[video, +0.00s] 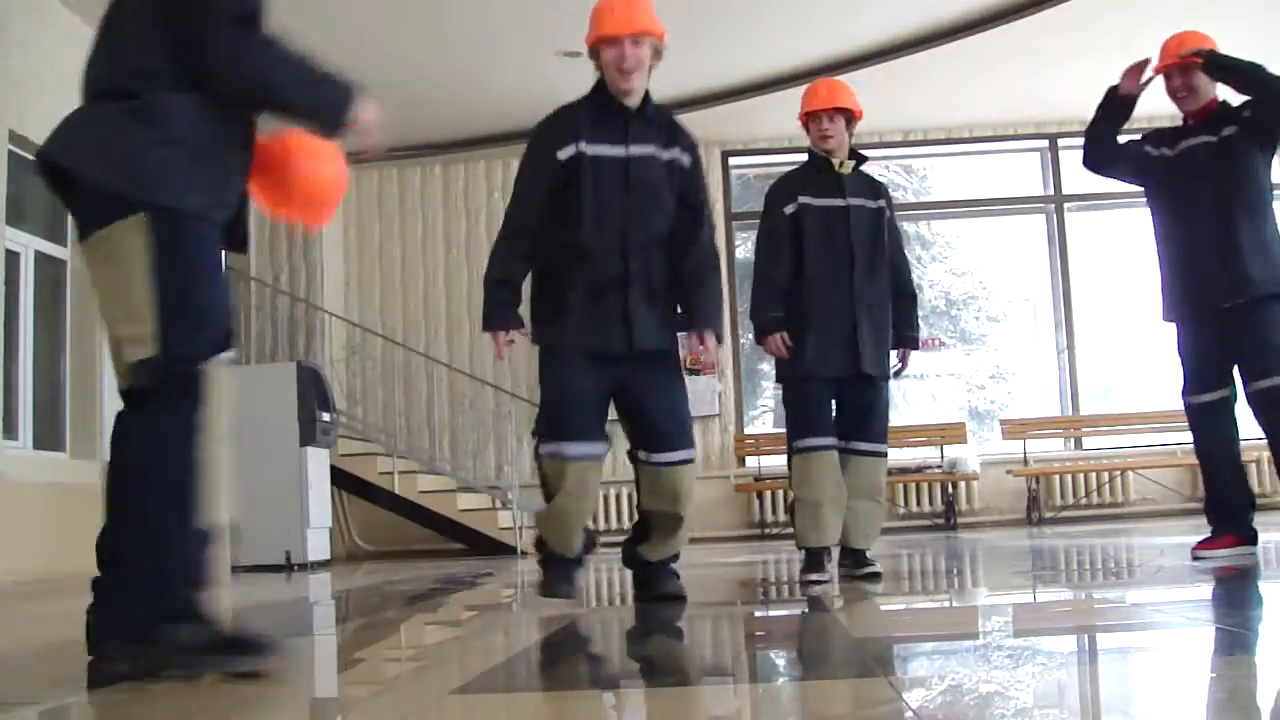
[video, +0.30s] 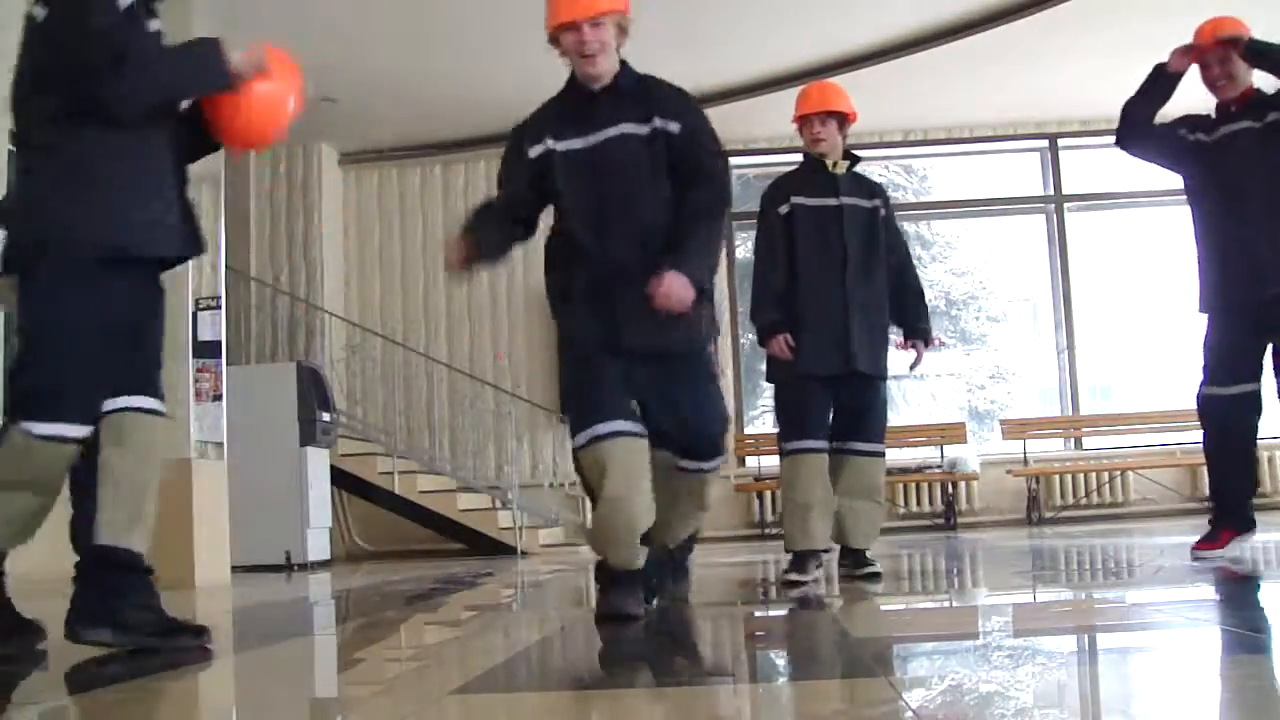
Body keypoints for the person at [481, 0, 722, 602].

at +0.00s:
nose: (627, 55)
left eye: (638, 42)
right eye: (614, 43)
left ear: (656, 50)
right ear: (595, 52)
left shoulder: (675, 141)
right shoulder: (559, 132)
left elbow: (696, 237)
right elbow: (521, 223)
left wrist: (703, 318)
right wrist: (502, 300)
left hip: (652, 329)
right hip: (572, 328)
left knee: (670, 464)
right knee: (571, 462)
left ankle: (655, 562)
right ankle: (562, 553)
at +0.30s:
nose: (585, 38)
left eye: (596, 24)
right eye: (571, 28)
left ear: (620, 29)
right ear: (557, 40)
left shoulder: (672, 108)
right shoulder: (540, 131)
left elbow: (709, 191)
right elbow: (516, 208)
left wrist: (689, 268)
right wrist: (476, 241)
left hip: (669, 310)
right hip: (590, 319)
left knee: (695, 444)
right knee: (613, 451)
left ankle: (670, 546)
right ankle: (623, 577)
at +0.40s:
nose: (569, 28)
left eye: (579, 13)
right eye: (554, 20)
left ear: (606, 14)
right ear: (542, 32)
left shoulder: (662, 92)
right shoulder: (534, 120)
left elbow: (705, 193)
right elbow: (490, 190)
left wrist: (705, 287)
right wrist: (453, 155)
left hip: (672, 310)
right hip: (588, 321)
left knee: (697, 463)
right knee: (605, 475)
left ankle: (709, 526)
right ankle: (624, 608)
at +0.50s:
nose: (546, 5)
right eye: (538, 2)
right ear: (536, 11)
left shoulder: (656, 56)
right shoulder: (533, 80)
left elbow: (703, 165)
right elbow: (462, 108)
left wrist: (724, 267)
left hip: (665, 284)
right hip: (584, 295)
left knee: (670, 417)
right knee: (587, 448)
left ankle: (736, 546)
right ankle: (628, 581)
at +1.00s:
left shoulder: (672, 4)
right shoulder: (548, 53)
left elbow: (747, 69)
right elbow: (525, 137)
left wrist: (724, 174)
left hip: (718, 236)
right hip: (645, 253)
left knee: (681, 402)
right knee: (631, 423)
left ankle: (673, 582)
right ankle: (713, 563)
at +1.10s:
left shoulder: (690, 6)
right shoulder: (557, 65)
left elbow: (754, 94)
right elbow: (556, 166)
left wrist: (707, 191)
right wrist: (505, 238)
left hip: (755, 231)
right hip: (665, 248)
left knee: (761, 394)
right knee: (660, 419)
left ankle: (784, 568)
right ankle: (701, 578)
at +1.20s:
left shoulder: (701, 16)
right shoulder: (578, 87)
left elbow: (762, 131)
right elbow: (584, 200)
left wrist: (710, 224)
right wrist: (540, 294)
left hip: (764, 246)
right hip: (673, 268)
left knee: (825, 396)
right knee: (655, 427)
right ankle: (702, 577)